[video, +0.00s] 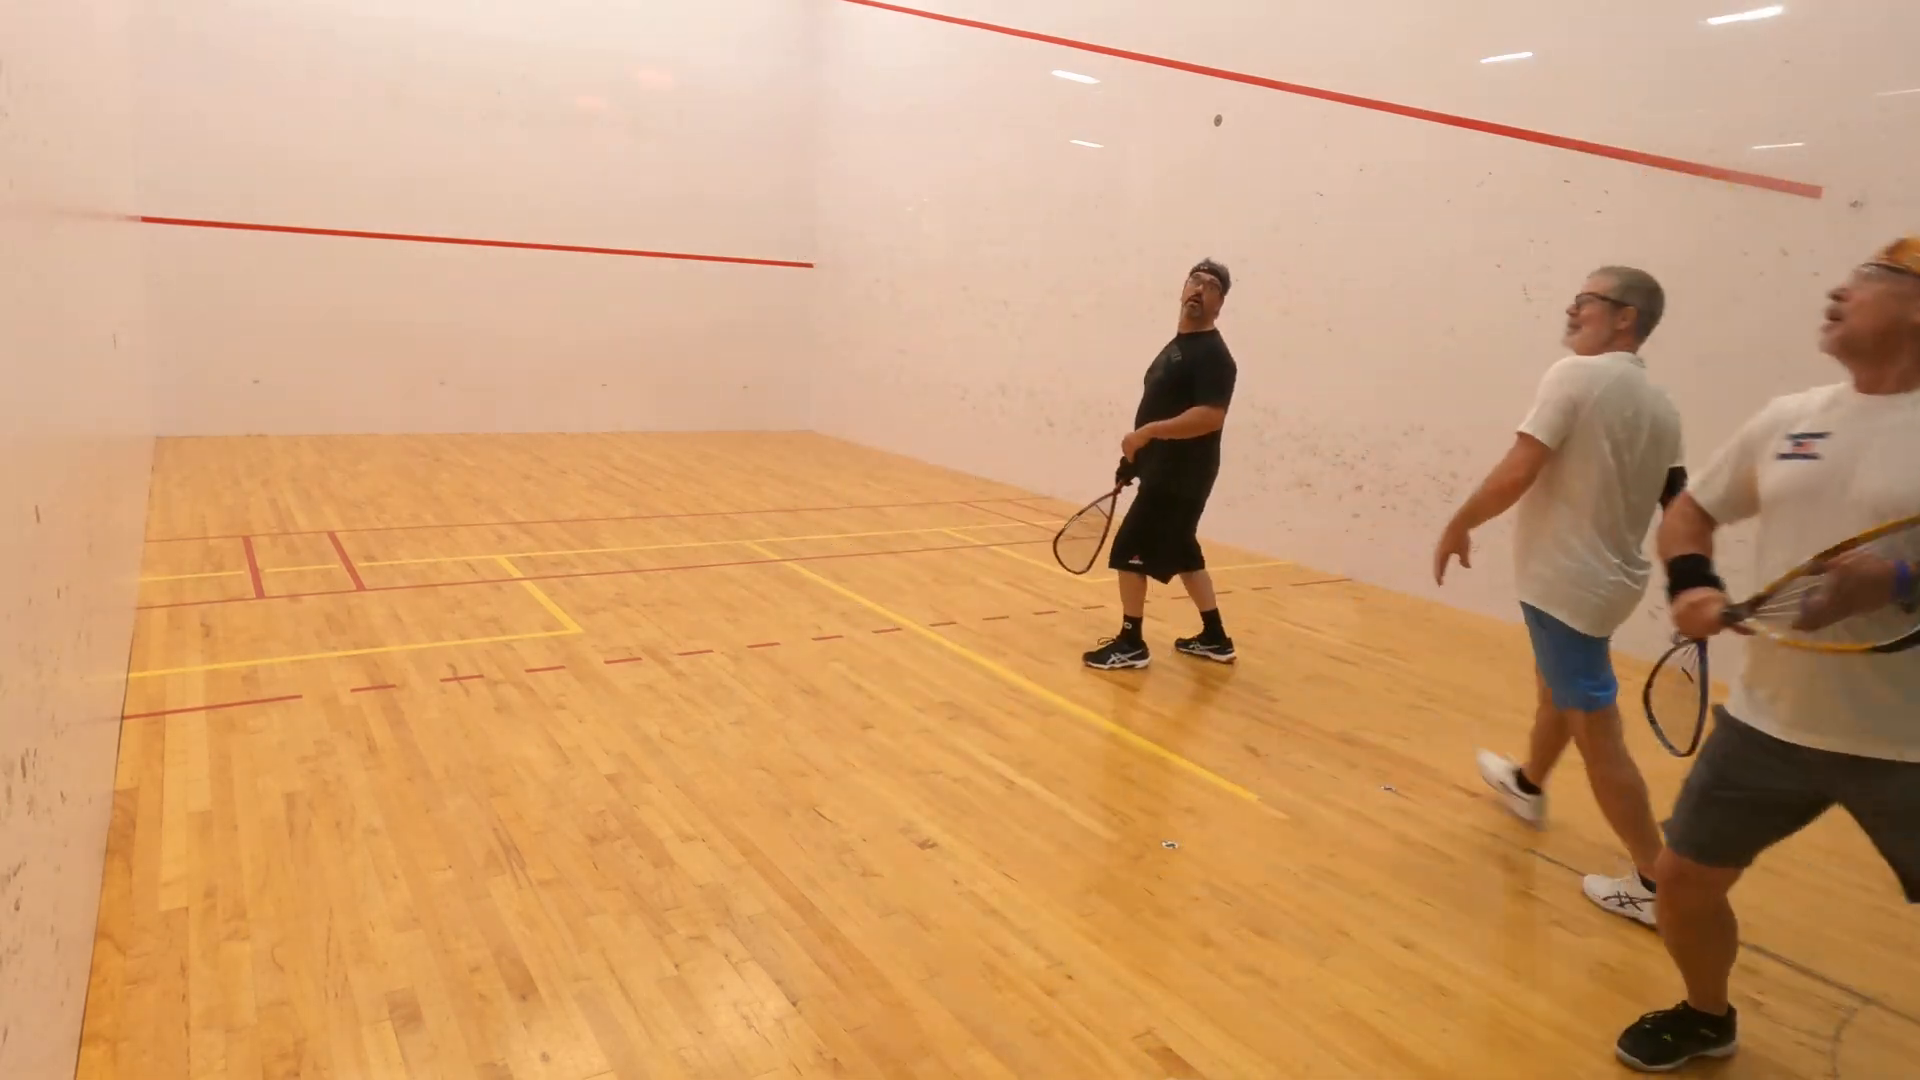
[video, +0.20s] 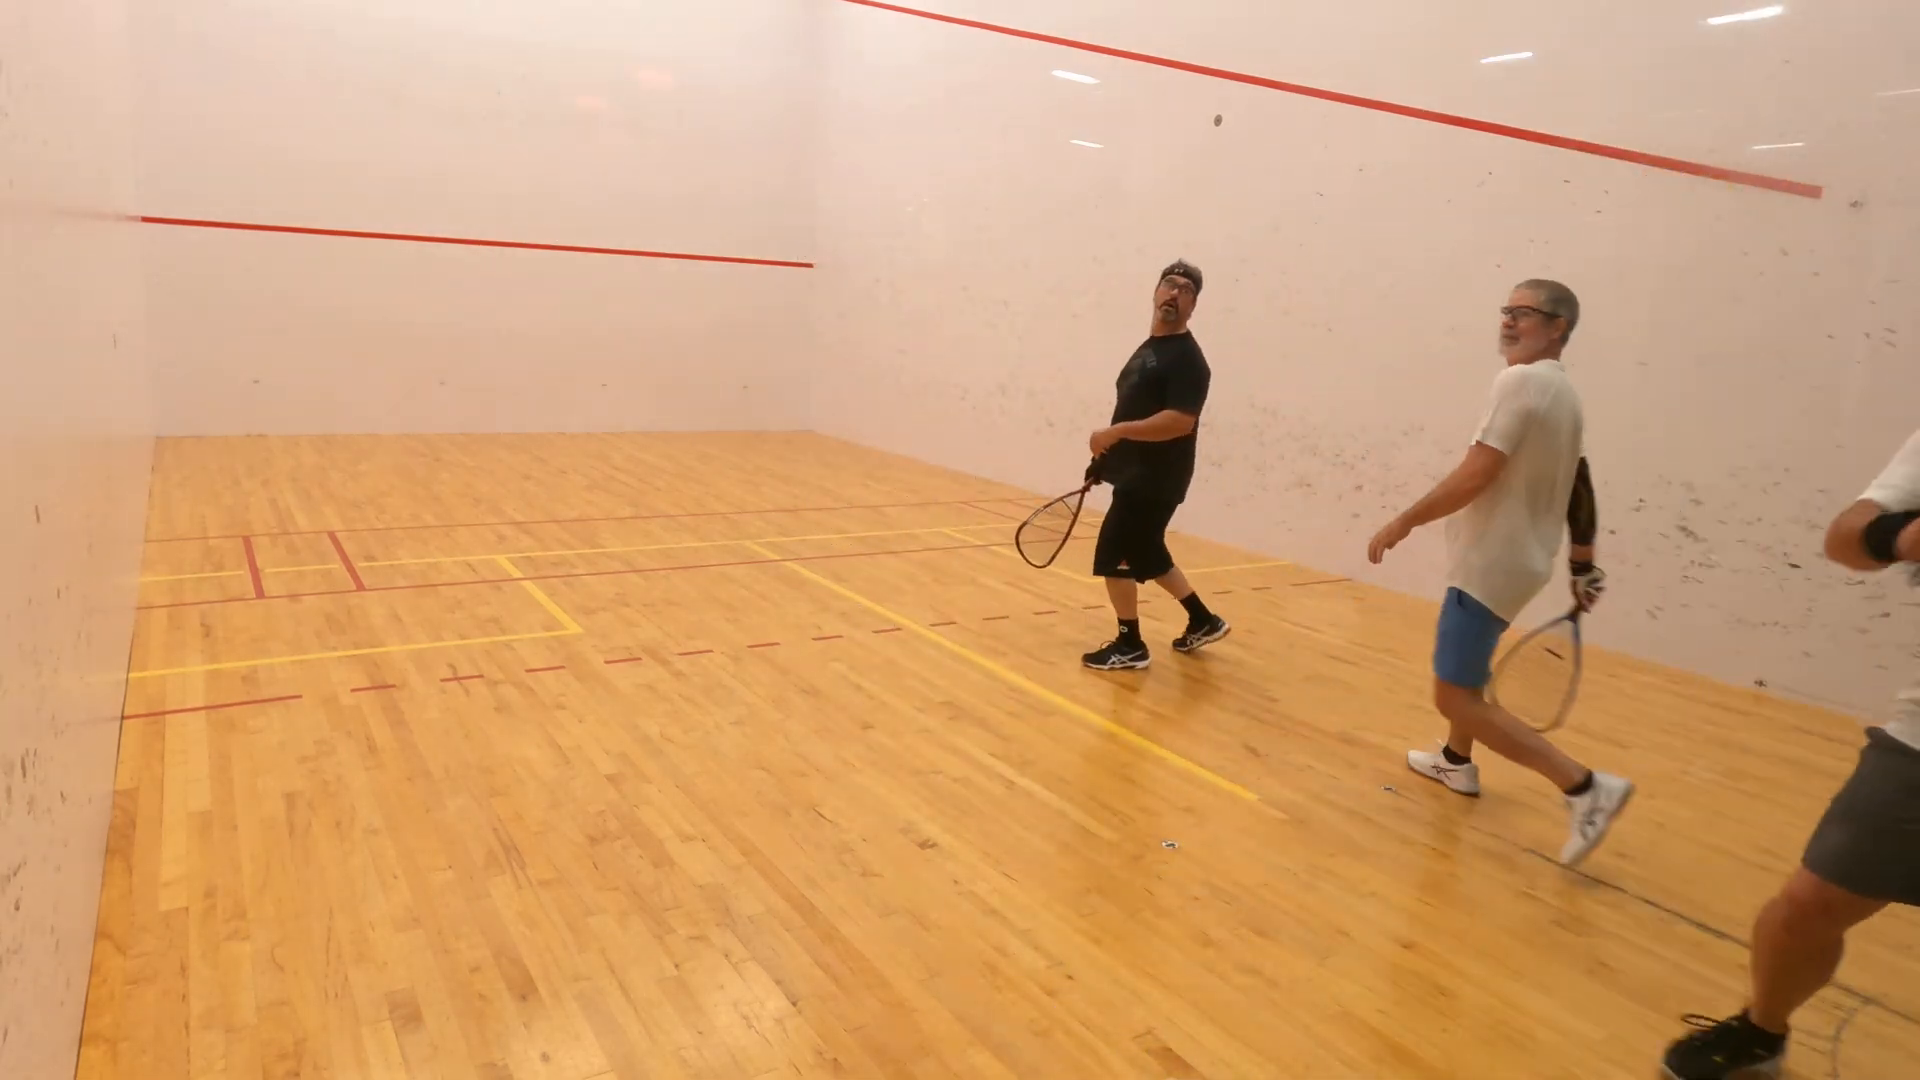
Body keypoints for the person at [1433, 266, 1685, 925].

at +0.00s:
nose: (1571, 312)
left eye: (1587, 302)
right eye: (1575, 300)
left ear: (1626, 318)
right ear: (1630, 321)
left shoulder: (1575, 377)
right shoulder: (1661, 404)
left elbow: (1518, 471)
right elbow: (1677, 506)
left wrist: (1460, 523)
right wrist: (1694, 587)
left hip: (1559, 583)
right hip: (1617, 585)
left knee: (1600, 737)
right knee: (1557, 686)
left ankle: (1655, 881)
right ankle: (1529, 784)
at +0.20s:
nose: (1504, 324)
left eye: (1518, 315)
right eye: (1505, 314)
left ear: (1556, 328)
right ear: (1550, 331)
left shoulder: (1522, 384)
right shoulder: (1562, 391)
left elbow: (1475, 474)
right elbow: (1579, 487)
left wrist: (1402, 522)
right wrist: (1583, 560)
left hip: (1490, 564)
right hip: (1521, 562)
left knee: (1456, 696)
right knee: (1466, 660)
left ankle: (1586, 789)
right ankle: (1455, 759)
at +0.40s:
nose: (1446, 302)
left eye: (1458, 295)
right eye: (1446, 293)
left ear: (1493, 306)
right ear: (1488, 310)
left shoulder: (1463, 356)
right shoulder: (1494, 362)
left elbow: (1426, 440)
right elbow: (1457, 454)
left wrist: (1375, 492)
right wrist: (1402, 504)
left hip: (1425, 532)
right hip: (1465, 534)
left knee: (1346, 630)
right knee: (1446, 641)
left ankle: (1389, 741)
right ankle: (1457, 758)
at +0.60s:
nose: (1362, 317)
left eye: (1373, 308)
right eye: (1365, 308)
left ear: (1405, 318)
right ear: (1408, 321)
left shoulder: (1362, 366)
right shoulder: (1431, 386)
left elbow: (1323, 451)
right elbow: (1402, 474)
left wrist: (1291, 506)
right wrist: (1333, 517)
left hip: (1350, 538)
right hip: (1403, 544)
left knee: (1267, 616)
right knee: (1412, 643)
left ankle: (1219, 711)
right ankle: (1455, 754)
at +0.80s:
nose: (1259, 303)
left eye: (1266, 295)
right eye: (1263, 294)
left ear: (1288, 302)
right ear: (1303, 307)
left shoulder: (1250, 348)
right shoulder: (1329, 368)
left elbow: (1211, 427)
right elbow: (1341, 451)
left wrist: (1188, 482)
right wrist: (1289, 477)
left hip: (1245, 517)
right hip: (1305, 523)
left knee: (1196, 604)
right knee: (1323, 615)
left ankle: (1201, 715)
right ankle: (1377, 719)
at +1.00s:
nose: (1171, 301)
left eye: (1176, 293)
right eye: (1174, 293)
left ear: (1191, 300)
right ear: (1219, 306)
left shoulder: (1160, 344)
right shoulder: (1242, 360)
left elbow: (1119, 421)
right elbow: (1271, 440)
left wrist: (1106, 479)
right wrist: (1226, 472)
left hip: (1172, 506)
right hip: (1224, 509)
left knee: (1118, 599)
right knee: (1181, 590)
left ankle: (1175, 706)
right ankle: (1168, 688)